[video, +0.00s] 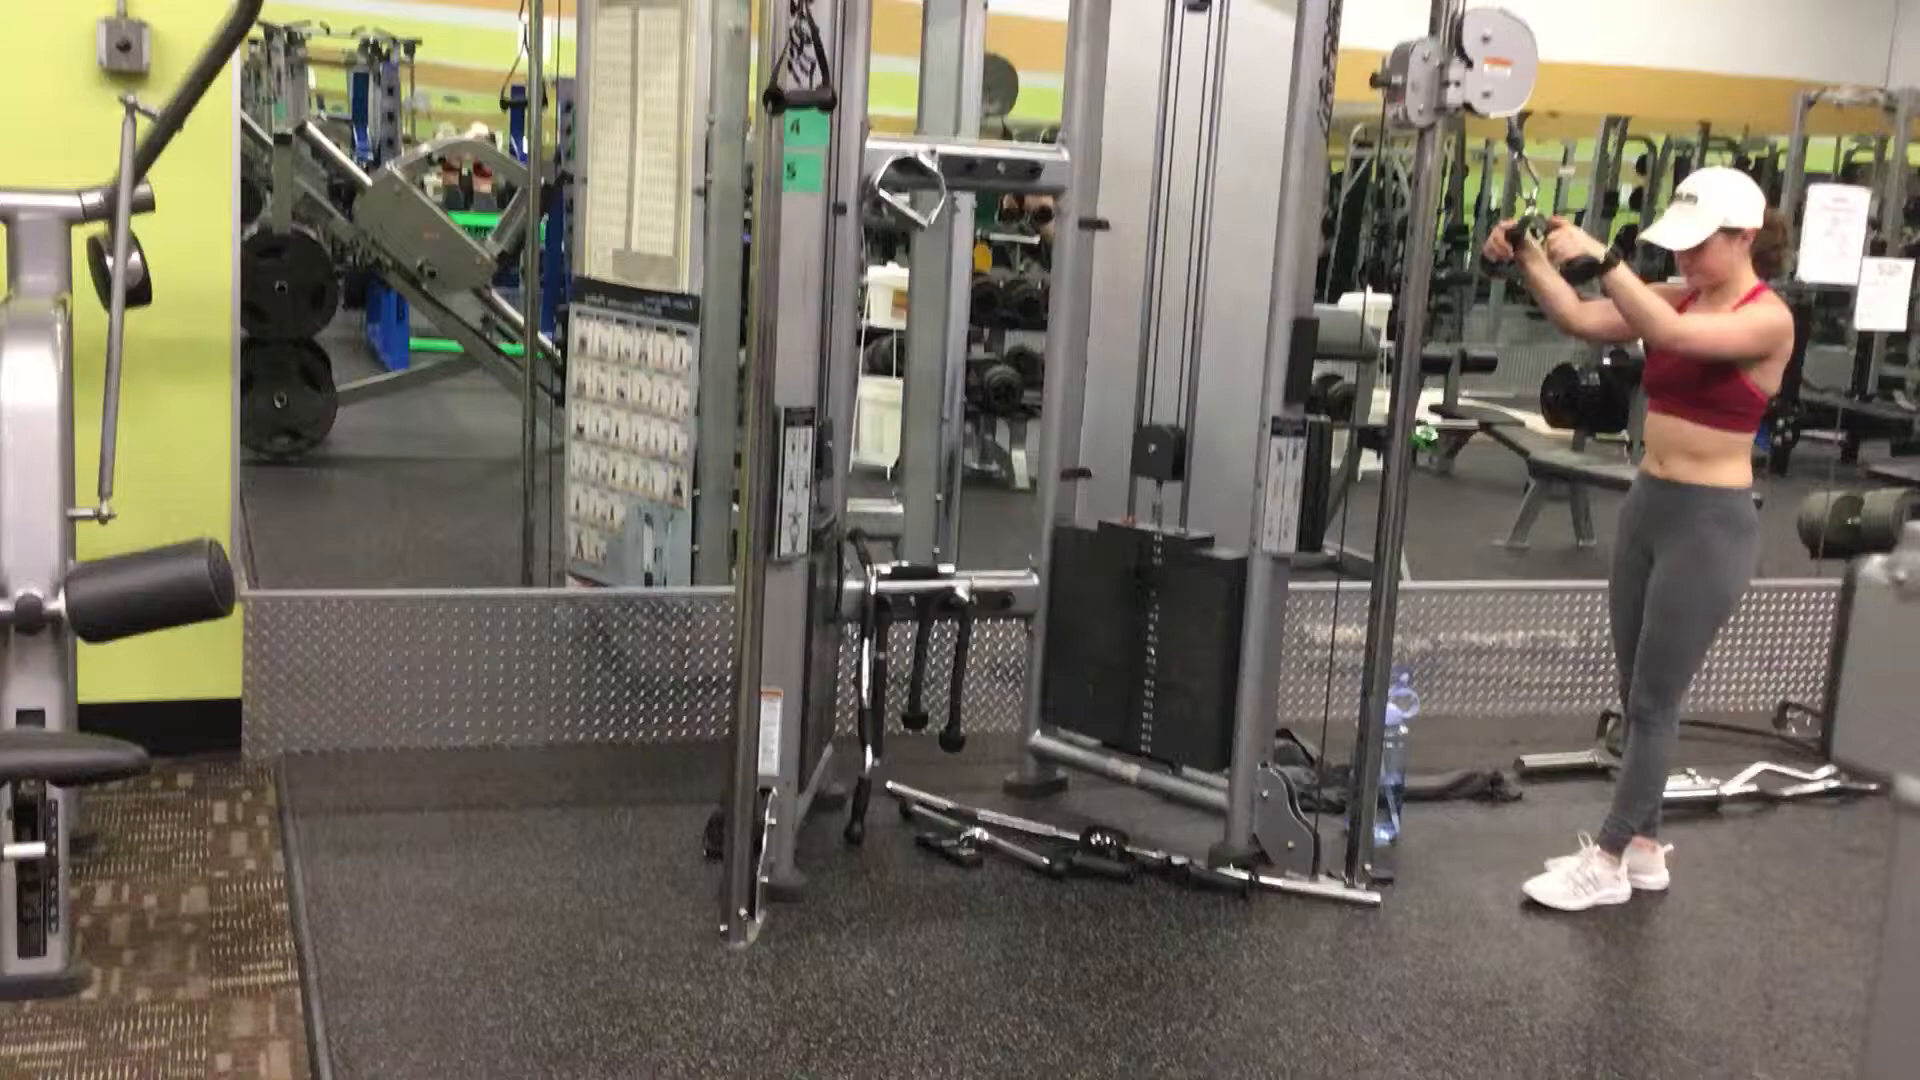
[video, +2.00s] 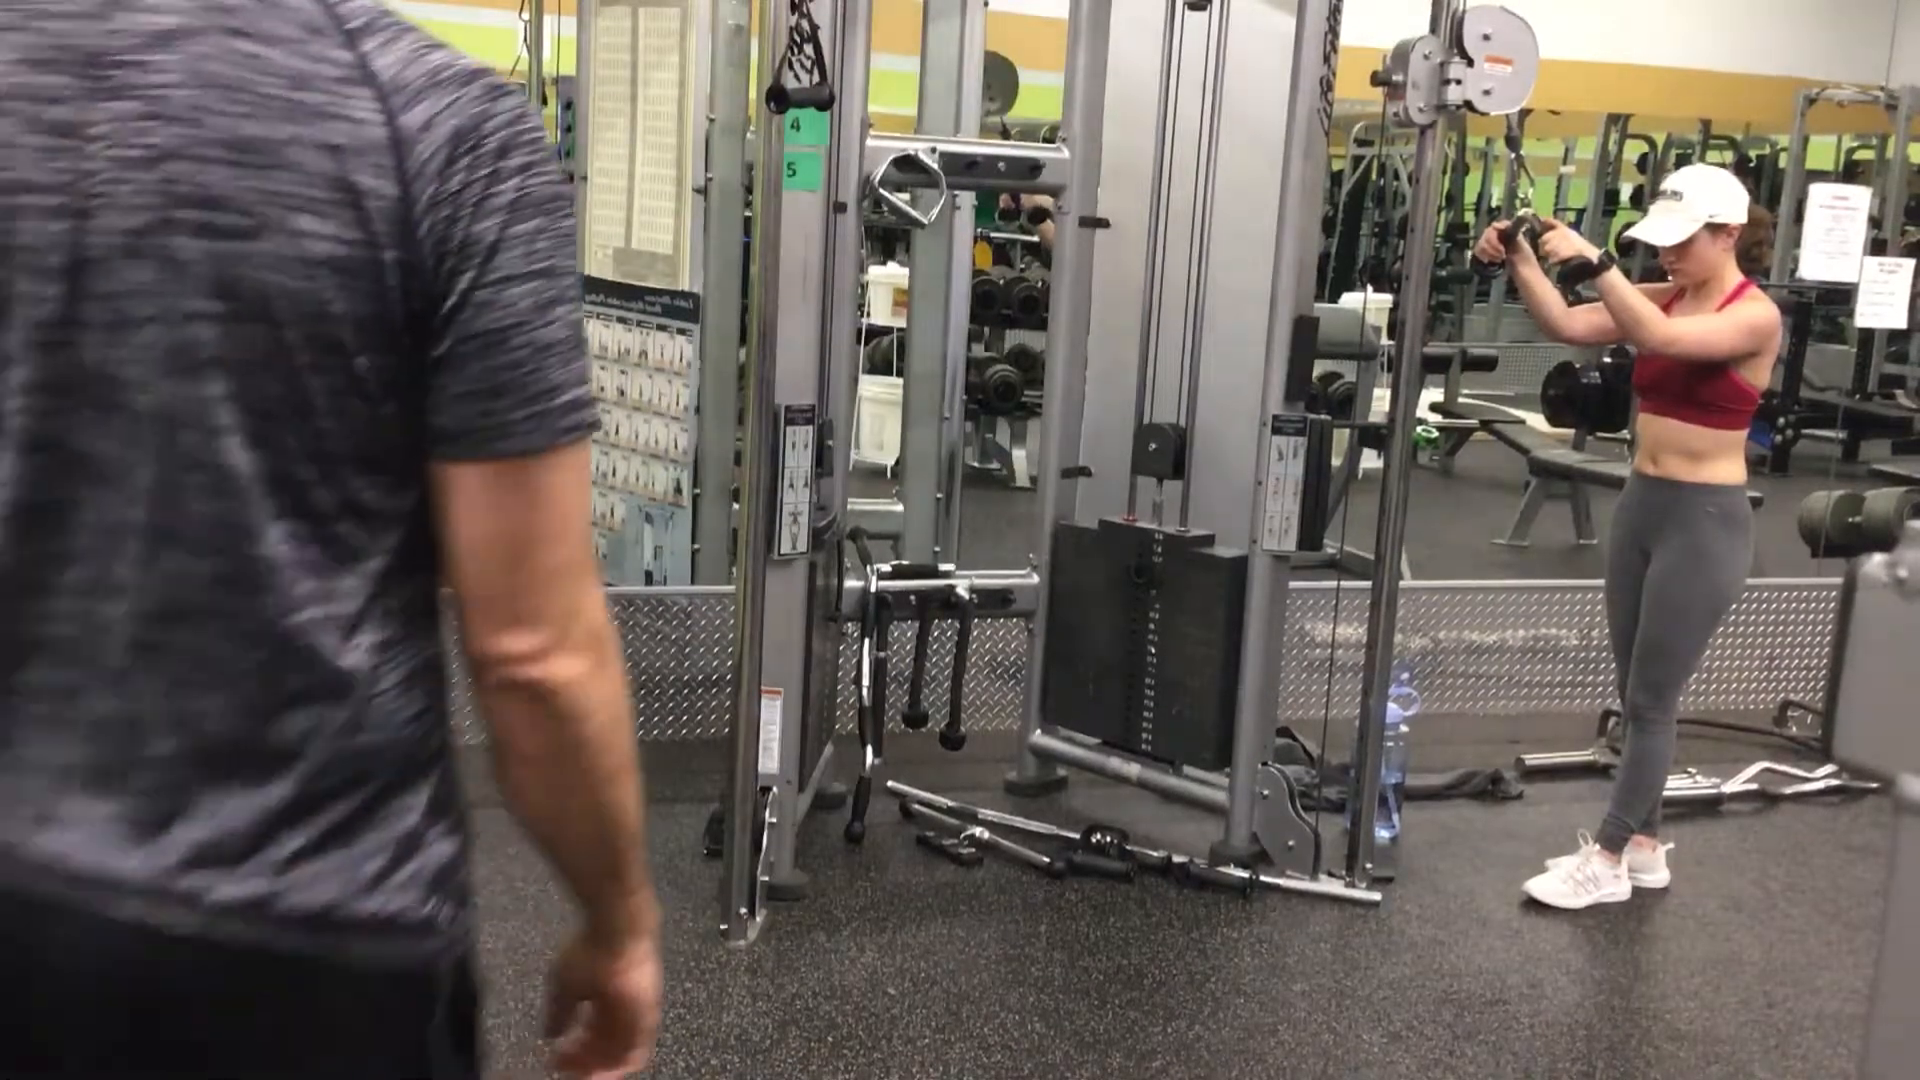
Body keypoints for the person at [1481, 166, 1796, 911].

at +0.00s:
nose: (1683, 256)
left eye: (1697, 243)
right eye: (1679, 244)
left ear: (1745, 238)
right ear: (1681, 242)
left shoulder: (1770, 318)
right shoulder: (1677, 299)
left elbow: (1670, 331)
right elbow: (1584, 317)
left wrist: (1599, 257)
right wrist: (1527, 259)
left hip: (1711, 523)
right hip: (1645, 509)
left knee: (1654, 699)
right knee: (1639, 694)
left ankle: (1605, 860)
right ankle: (1645, 847)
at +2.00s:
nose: (1665, 254)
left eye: (1679, 240)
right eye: (1661, 241)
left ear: (1728, 235)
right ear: (1663, 240)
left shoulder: (1757, 315)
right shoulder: (1663, 299)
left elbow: (1660, 335)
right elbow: (1566, 324)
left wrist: (1592, 261)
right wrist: (1519, 258)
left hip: (1705, 522)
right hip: (1639, 508)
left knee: (1651, 700)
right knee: (1637, 691)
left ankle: (1607, 858)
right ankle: (1644, 844)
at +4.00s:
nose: (1674, 253)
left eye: (1688, 239)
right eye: (1669, 241)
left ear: (1737, 236)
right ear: (1670, 240)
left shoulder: (1763, 315)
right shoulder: (1667, 297)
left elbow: (1664, 334)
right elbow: (1570, 322)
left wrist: (1595, 259)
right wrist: (1520, 260)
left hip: (1710, 524)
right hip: (1642, 509)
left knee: (1653, 699)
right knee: (1640, 692)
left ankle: (1606, 858)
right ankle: (1644, 845)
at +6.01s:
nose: (1683, 252)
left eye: (1698, 238)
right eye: (1679, 239)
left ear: (1746, 236)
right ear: (1679, 238)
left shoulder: (1770, 317)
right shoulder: (1675, 302)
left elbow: (1672, 331)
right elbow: (1579, 316)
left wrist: (1602, 257)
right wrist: (1525, 258)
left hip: (1709, 523)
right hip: (1642, 508)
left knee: (1652, 698)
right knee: (1639, 692)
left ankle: (1605, 859)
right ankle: (1646, 846)